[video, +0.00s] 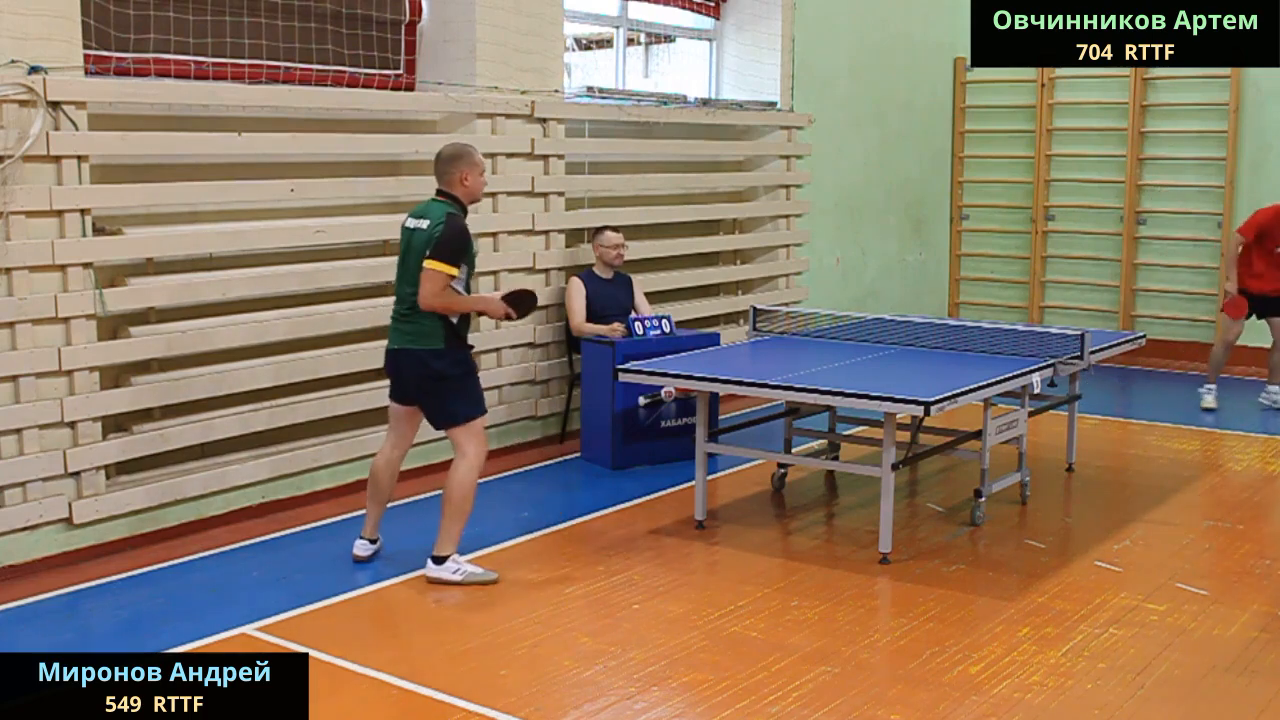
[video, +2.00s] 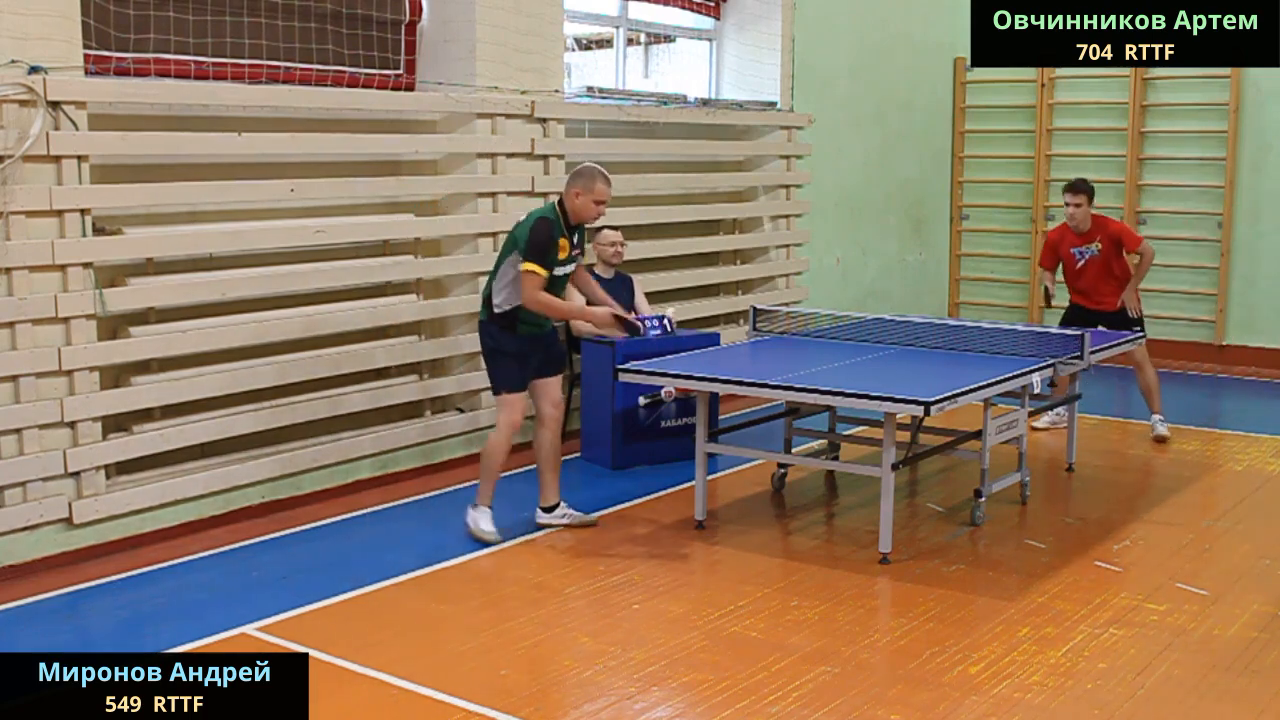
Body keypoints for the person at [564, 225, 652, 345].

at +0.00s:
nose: (621, 253)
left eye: (623, 247)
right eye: (614, 248)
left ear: (625, 248)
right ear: (597, 249)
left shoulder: (628, 281)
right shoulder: (578, 283)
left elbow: (648, 318)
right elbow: (577, 327)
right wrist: (606, 330)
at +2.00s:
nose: (619, 250)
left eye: (622, 245)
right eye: (612, 245)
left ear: (625, 247)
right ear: (595, 248)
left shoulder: (630, 281)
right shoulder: (580, 279)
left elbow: (649, 318)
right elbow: (577, 328)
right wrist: (616, 333)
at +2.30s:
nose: (618, 250)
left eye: (621, 245)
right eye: (611, 245)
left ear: (625, 247)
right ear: (595, 248)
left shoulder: (626, 279)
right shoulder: (578, 282)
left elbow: (644, 312)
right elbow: (577, 327)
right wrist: (606, 330)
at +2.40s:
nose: (618, 250)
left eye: (621, 245)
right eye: (611, 245)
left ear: (624, 247)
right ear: (594, 249)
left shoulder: (626, 280)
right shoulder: (578, 283)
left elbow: (647, 314)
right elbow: (577, 327)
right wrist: (605, 330)